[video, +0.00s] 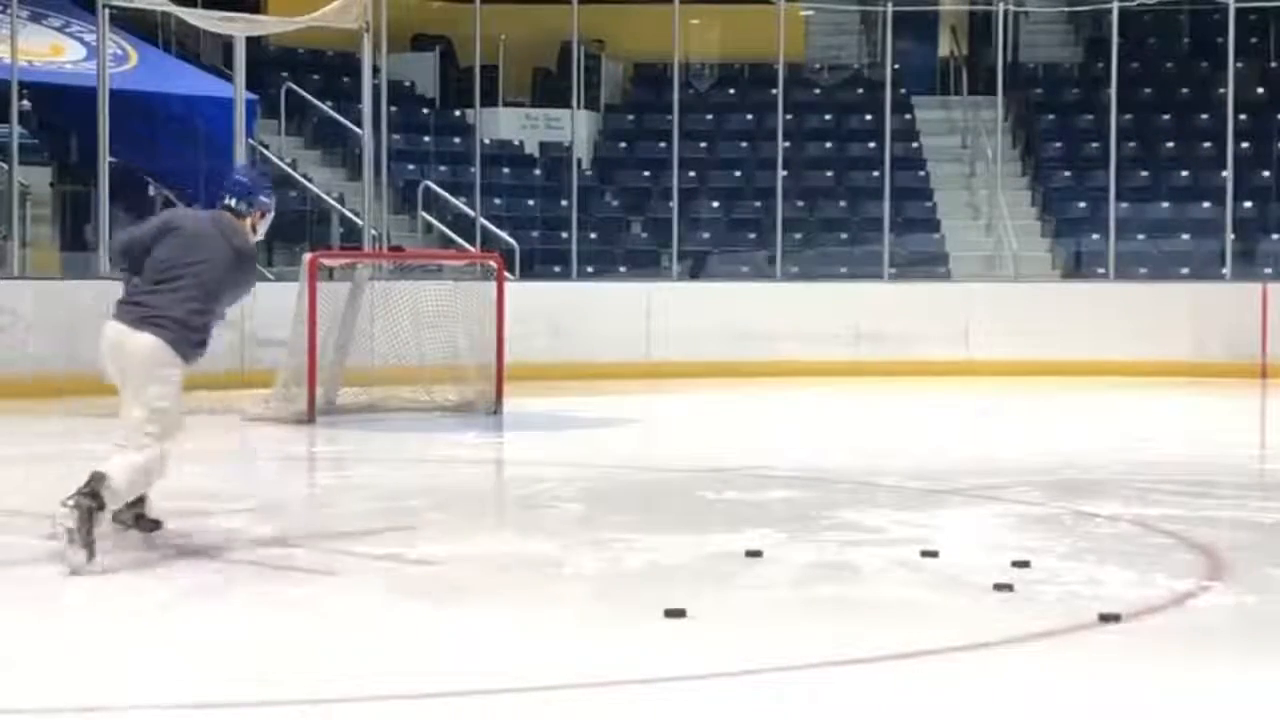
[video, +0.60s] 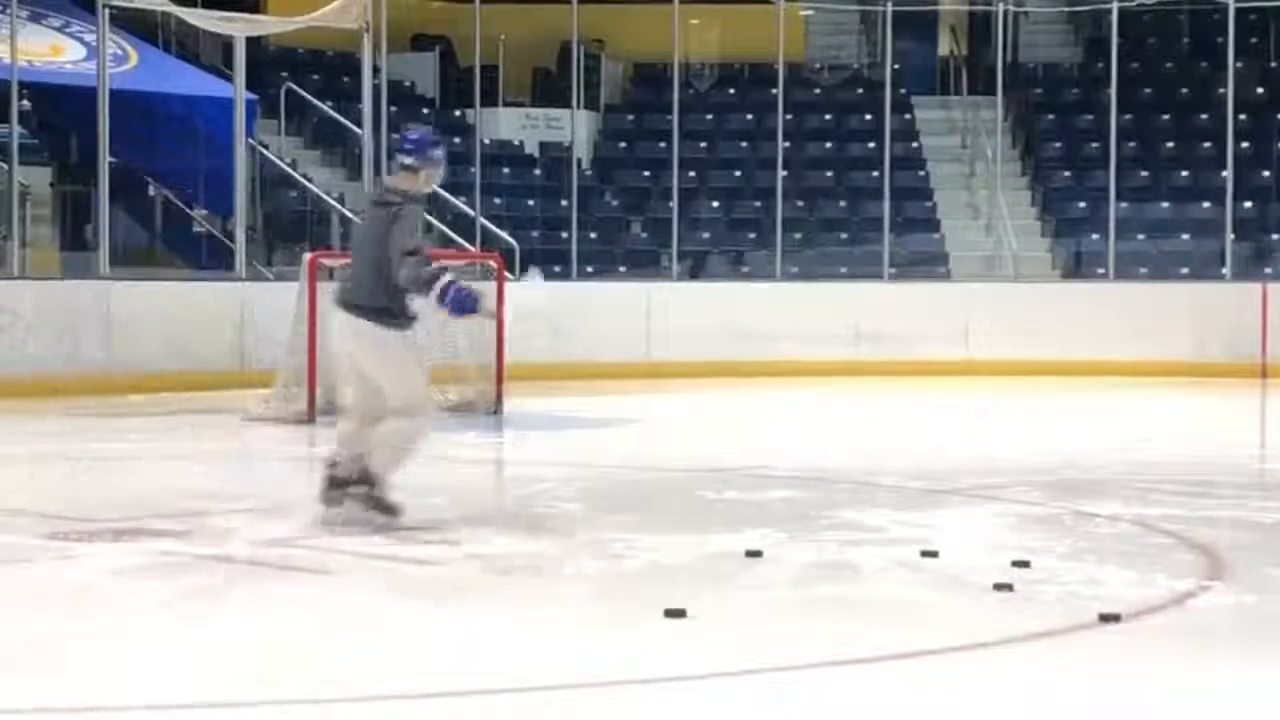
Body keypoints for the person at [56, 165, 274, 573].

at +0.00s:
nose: (263, 228)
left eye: (265, 218)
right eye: (263, 218)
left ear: (225, 201)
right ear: (253, 214)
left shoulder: (181, 218)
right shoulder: (246, 261)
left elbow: (123, 246)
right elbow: (216, 301)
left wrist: (145, 283)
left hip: (118, 332)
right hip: (158, 348)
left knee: (138, 425)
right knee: (156, 439)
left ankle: (129, 505)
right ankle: (94, 498)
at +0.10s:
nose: (280, 215)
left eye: (280, 206)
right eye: (279, 206)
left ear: (240, 196)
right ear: (268, 206)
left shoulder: (195, 218)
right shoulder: (269, 253)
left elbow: (137, 246)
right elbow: (240, 296)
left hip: (147, 330)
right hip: (189, 347)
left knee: (186, 422)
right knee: (166, 450)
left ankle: (151, 500)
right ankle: (97, 500)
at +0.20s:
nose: (299, 199)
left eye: (300, 190)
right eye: (299, 191)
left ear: (259, 183)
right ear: (290, 191)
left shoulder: (216, 210)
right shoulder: (287, 239)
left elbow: (165, 252)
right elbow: (278, 306)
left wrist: (183, 291)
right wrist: (281, 362)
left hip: (180, 323)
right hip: (222, 338)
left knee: (205, 419)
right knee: (206, 428)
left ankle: (180, 496)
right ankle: (141, 488)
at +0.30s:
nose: (317, 186)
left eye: (312, 177)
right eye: (317, 178)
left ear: (281, 171)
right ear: (315, 180)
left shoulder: (245, 206)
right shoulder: (316, 226)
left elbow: (207, 258)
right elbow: (318, 296)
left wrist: (230, 294)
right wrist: (322, 352)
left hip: (218, 318)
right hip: (259, 331)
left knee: (228, 417)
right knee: (256, 430)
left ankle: (211, 493)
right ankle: (193, 483)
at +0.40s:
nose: (357, 179)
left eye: (356, 172)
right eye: (357, 172)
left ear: (319, 166)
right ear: (352, 174)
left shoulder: (279, 204)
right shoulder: (349, 222)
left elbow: (268, 262)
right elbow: (356, 291)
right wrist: (372, 339)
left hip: (256, 316)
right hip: (301, 331)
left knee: (266, 412)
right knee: (313, 419)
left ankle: (246, 489)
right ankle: (242, 475)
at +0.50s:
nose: (395, 178)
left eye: (394, 170)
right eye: (394, 170)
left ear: (356, 164)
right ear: (386, 171)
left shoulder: (326, 199)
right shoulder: (376, 214)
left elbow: (314, 253)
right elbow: (383, 282)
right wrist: (413, 314)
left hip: (300, 314)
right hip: (337, 327)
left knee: (308, 408)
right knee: (368, 410)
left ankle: (295, 486)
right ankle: (306, 467)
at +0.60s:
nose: (435, 180)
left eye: (436, 172)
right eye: (433, 172)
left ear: (398, 165)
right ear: (423, 171)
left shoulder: (376, 204)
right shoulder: (407, 210)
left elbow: (370, 263)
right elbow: (408, 269)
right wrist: (447, 287)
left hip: (351, 315)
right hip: (381, 322)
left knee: (366, 403)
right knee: (413, 407)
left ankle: (344, 475)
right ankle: (369, 477)